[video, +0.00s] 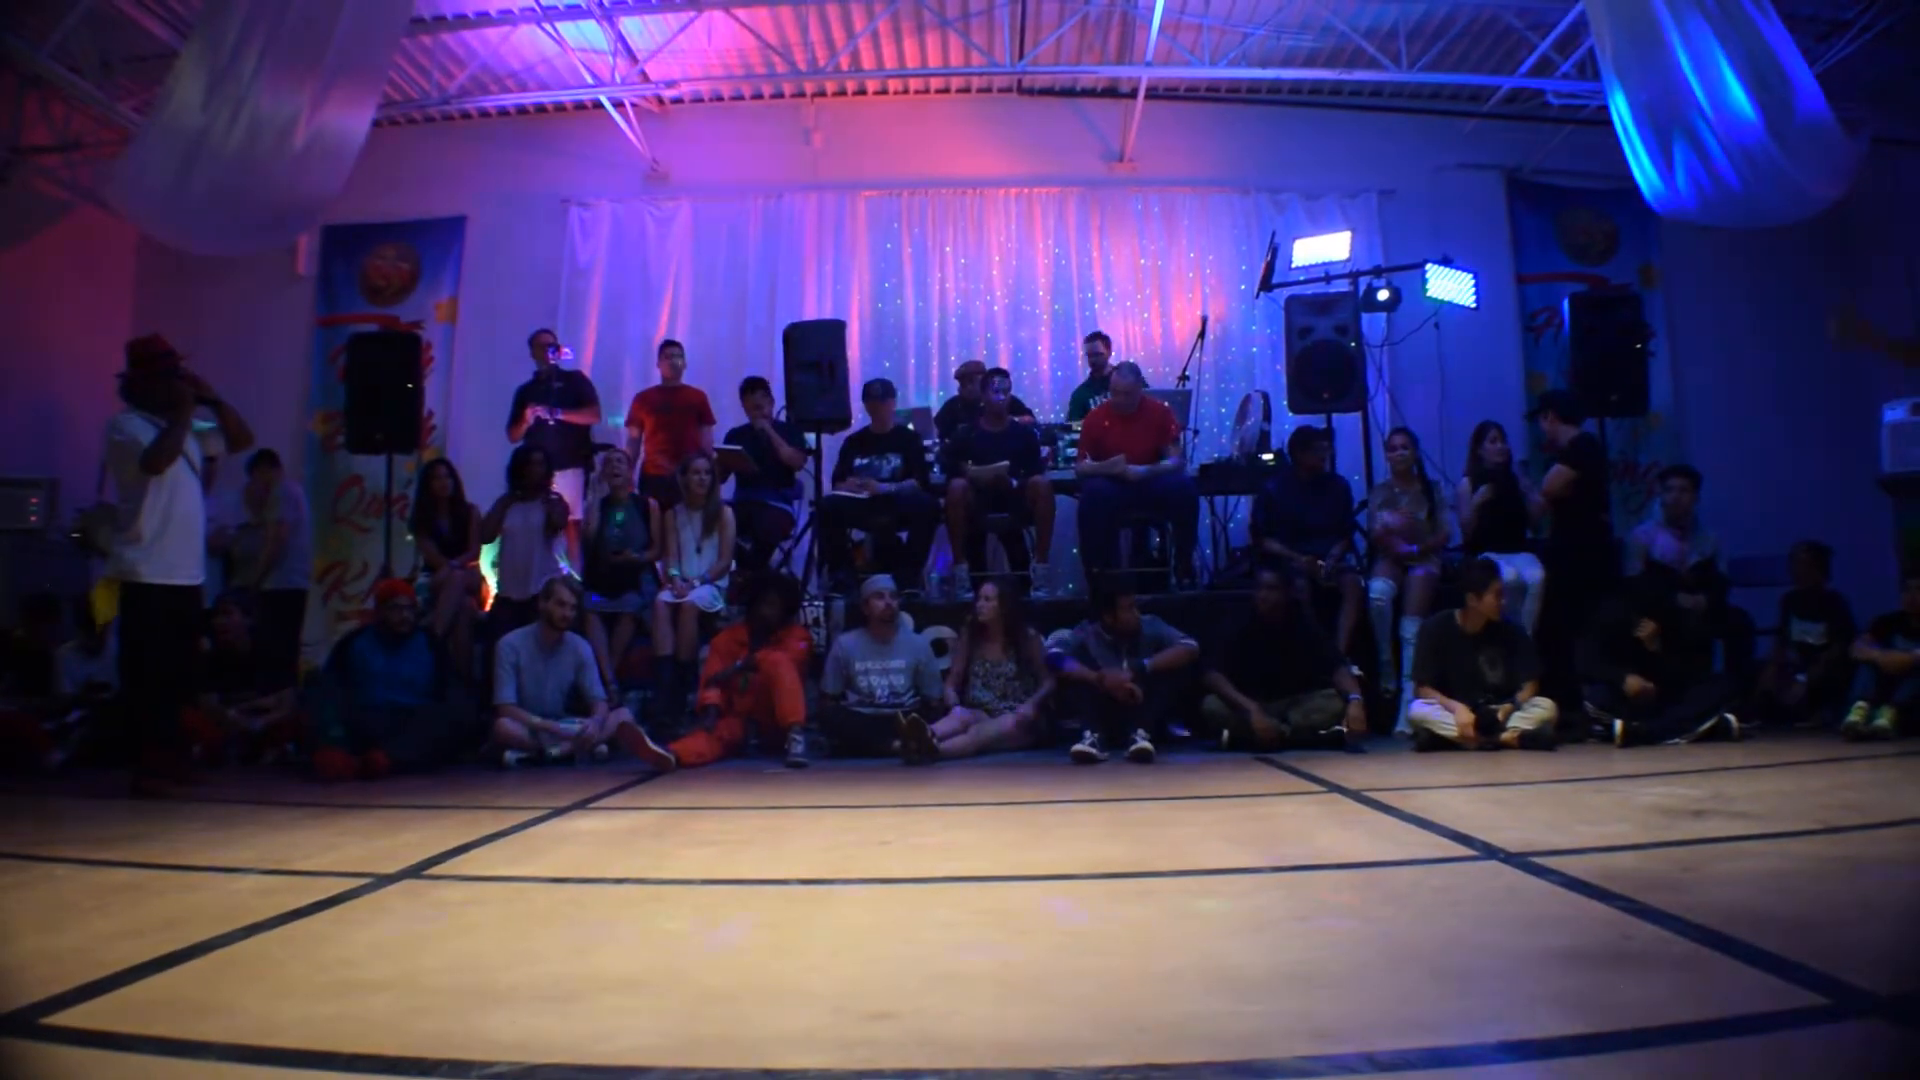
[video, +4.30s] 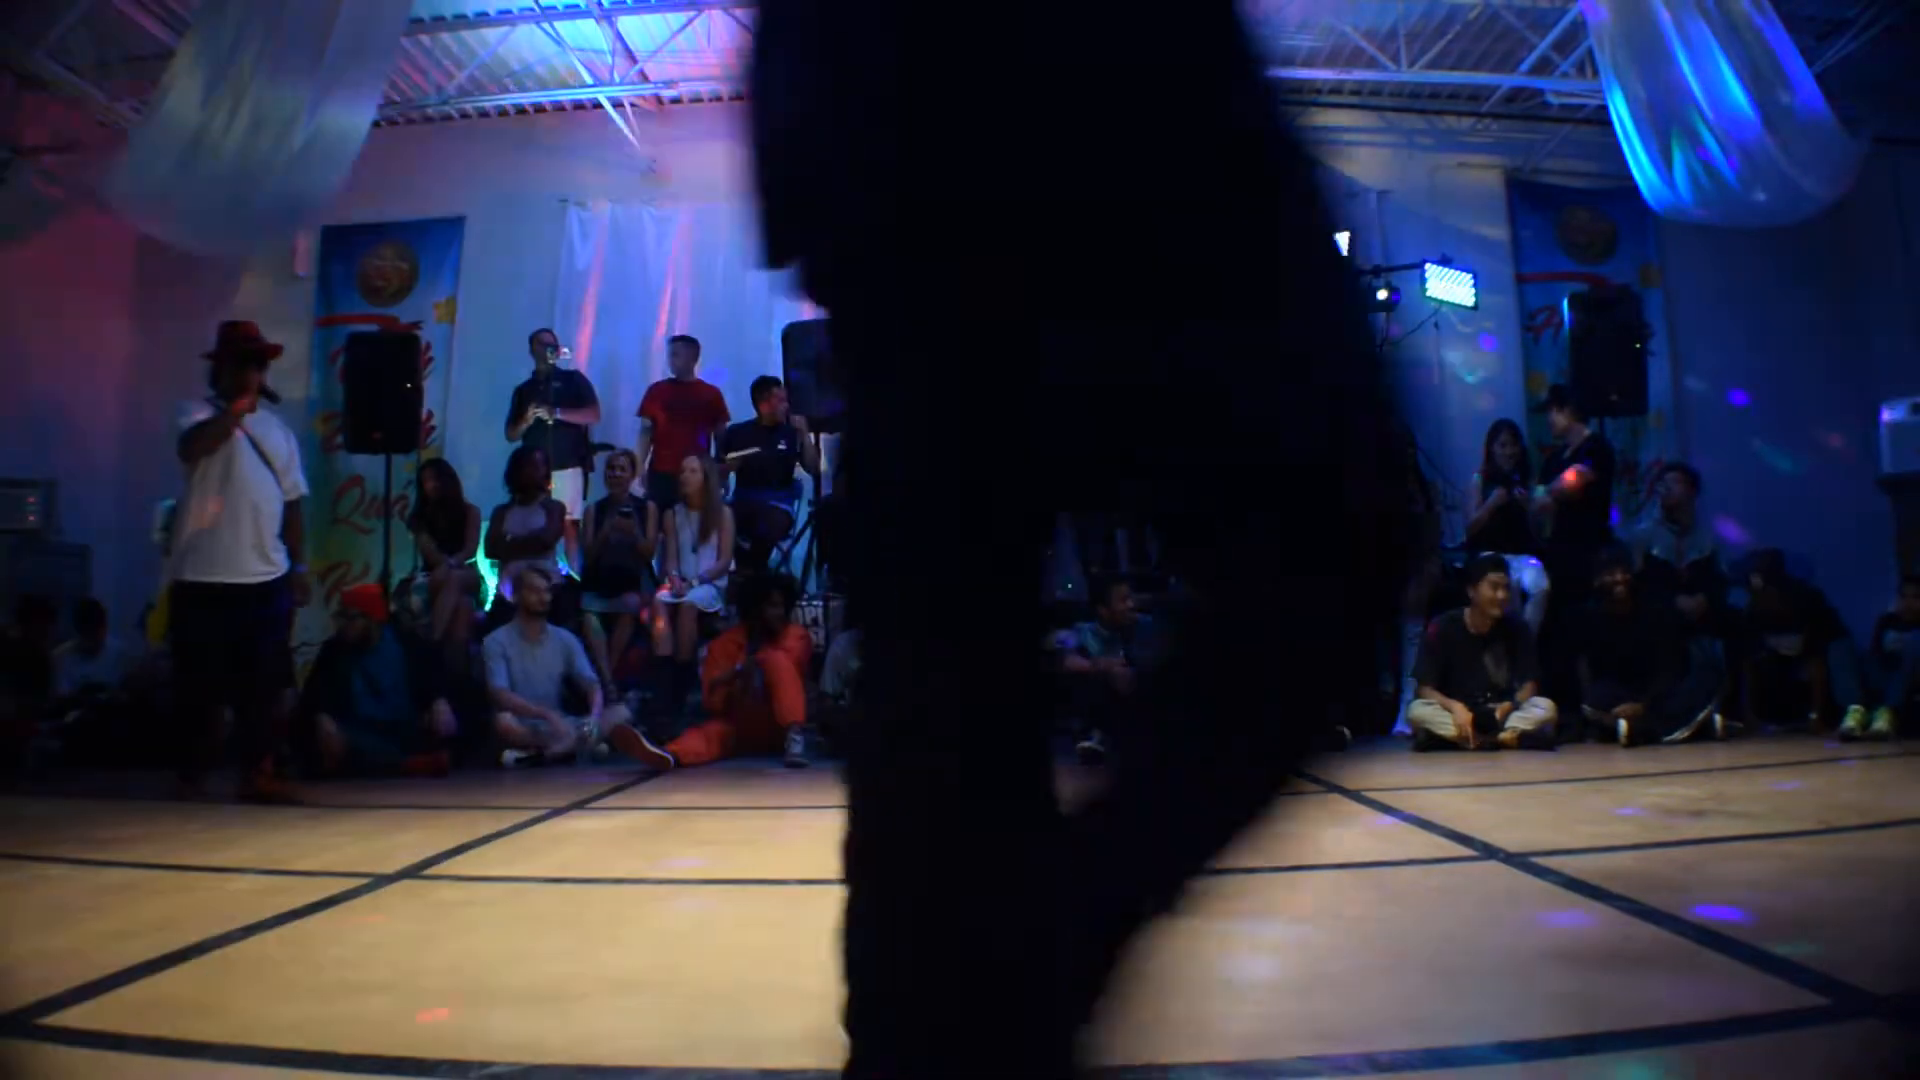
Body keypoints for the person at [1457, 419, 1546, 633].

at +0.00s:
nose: (1500, 447)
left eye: (1503, 441)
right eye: (1493, 442)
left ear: (1509, 446)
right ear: (1479, 449)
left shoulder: (1517, 479)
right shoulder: (1469, 483)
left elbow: (1534, 513)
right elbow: (1467, 526)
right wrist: (1475, 503)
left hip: (1519, 548)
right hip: (1487, 549)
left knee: (1536, 576)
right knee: (1510, 578)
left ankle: (1527, 636)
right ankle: (1502, 634)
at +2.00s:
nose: (1503, 445)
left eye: (1509, 439)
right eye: (1497, 439)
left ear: (1521, 444)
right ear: (1492, 444)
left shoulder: (1530, 479)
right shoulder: (1481, 480)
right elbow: (1472, 523)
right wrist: (1488, 506)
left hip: (1524, 551)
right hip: (1490, 550)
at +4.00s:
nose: (1510, 450)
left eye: (1514, 444)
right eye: (1503, 444)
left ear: (1521, 447)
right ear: (1491, 447)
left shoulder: (1526, 479)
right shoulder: (1478, 480)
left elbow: (1536, 524)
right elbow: (1471, 525)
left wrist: (1536, 506)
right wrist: (1493, 502)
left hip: (1524, 551)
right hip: (1491, 551)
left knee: (1540, 588)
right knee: (1511, 587)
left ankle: (1527, 645)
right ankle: (1501, 643)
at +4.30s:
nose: (1509, 451)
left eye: (1514, 445)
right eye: (1502, 445)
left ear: (1521, 448)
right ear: (1491, 449)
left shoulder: (1528, 478)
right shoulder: (1480, 480)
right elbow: (1472, 525)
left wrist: (1529, 505)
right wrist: (1493, 502)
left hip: (1525, 551)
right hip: (1491, 551)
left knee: (1539, 585)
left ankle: (1527, 643)